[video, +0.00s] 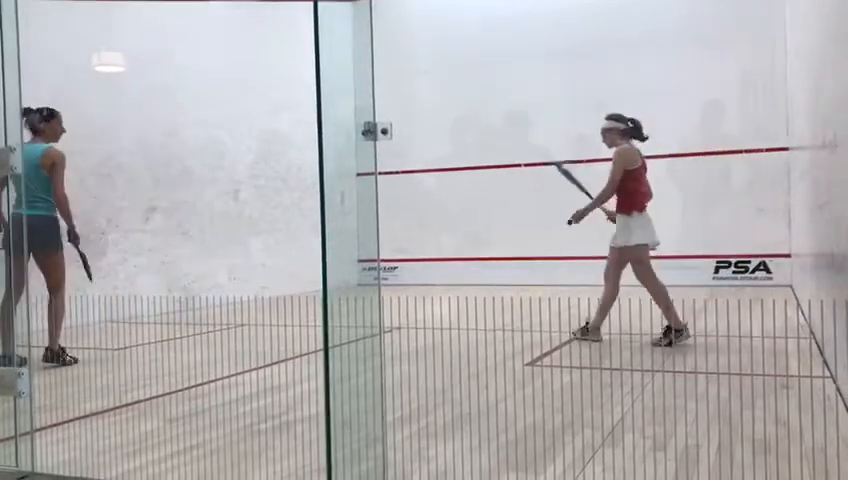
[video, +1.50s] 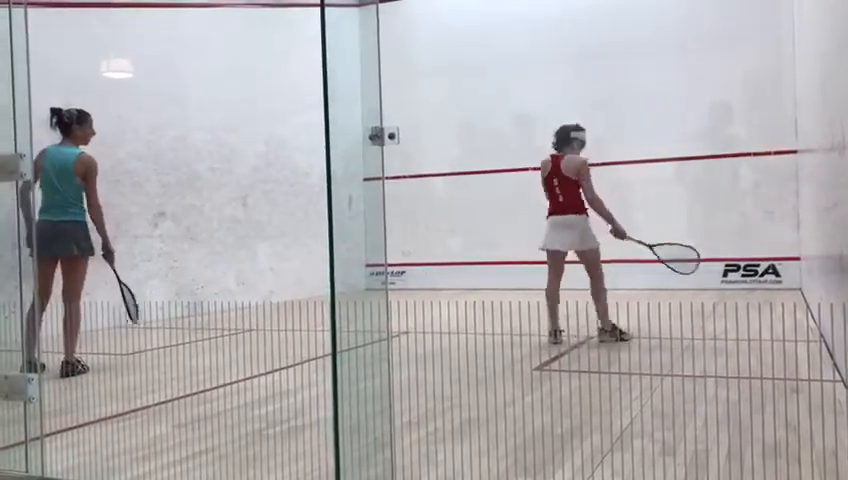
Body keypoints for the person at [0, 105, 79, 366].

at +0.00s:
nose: (63, 129)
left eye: (62, 123)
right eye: (59, 123)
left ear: (38, 126)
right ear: (44, 124)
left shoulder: (16, 152)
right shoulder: (54, 154)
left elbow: (3, 186)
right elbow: (59, 195)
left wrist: (4, 221)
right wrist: (71, 226)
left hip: (14, 225)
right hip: (43, 225)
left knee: (13, 289)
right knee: (56, 289)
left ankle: (5, 348)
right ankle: (54, 348)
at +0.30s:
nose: (54, 127)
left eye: (52, 122)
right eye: (50, 122)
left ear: (30, 125)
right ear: (37, 124)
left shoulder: (11, 153)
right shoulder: (48, 154)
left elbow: (1, 191)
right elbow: (53, 196)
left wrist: (9, 217)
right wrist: (62, 231)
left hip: (13, 226)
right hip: (40, 225)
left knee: (14, 290)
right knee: (56, 292)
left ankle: (8, 352)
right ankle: (62, 350)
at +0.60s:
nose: (74, 130)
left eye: (72, 124)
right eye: (69, 125)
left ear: (49, 128)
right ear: (55, 127)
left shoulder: (28, 154)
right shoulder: (67, 157)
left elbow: (9, 196)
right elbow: (74, 200)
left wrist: (4, 230)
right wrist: (90, 236)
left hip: (30, 231)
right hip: (60, 229)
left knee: (27, 295)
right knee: (64, 296)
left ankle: (12, 354)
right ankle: (65, 358)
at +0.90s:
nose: (89, 132)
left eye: (88, 127)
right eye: (85, 127)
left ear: (64, 128)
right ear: (70, 127)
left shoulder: (39, 155)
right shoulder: (81, 159)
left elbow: (23, 194)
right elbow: (91, 203)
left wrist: (29, 222)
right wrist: (107, 231)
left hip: (41, 229)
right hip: (71, 230)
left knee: (41, 298)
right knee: (70, 299)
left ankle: (27, 355)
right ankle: (67, 359)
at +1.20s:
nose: (92, 132)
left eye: (91, 127)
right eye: (88, 127)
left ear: (68, 128)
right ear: (74, 127)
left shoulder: (42, 154)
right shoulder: (85, 161)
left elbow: (22, 189)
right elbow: (93, 205)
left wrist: (34, 216)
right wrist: (106, 234)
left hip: (43, 229)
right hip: (74, 230)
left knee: (39, 297)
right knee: (71, 298)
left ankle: (29, 357)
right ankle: (68, 359)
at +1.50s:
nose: (93, 132)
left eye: (92, 126)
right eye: (89, 127)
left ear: (70, 129)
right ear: (75, 128)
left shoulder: (45, 155)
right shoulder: (86, 161)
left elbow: (24, 190)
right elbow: (93, 206)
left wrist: (27, 226)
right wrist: (106, 241)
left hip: (44, 229)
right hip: (75, 230)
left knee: (40, 296)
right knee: (72, 299)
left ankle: (30, 357)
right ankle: (69, 359)